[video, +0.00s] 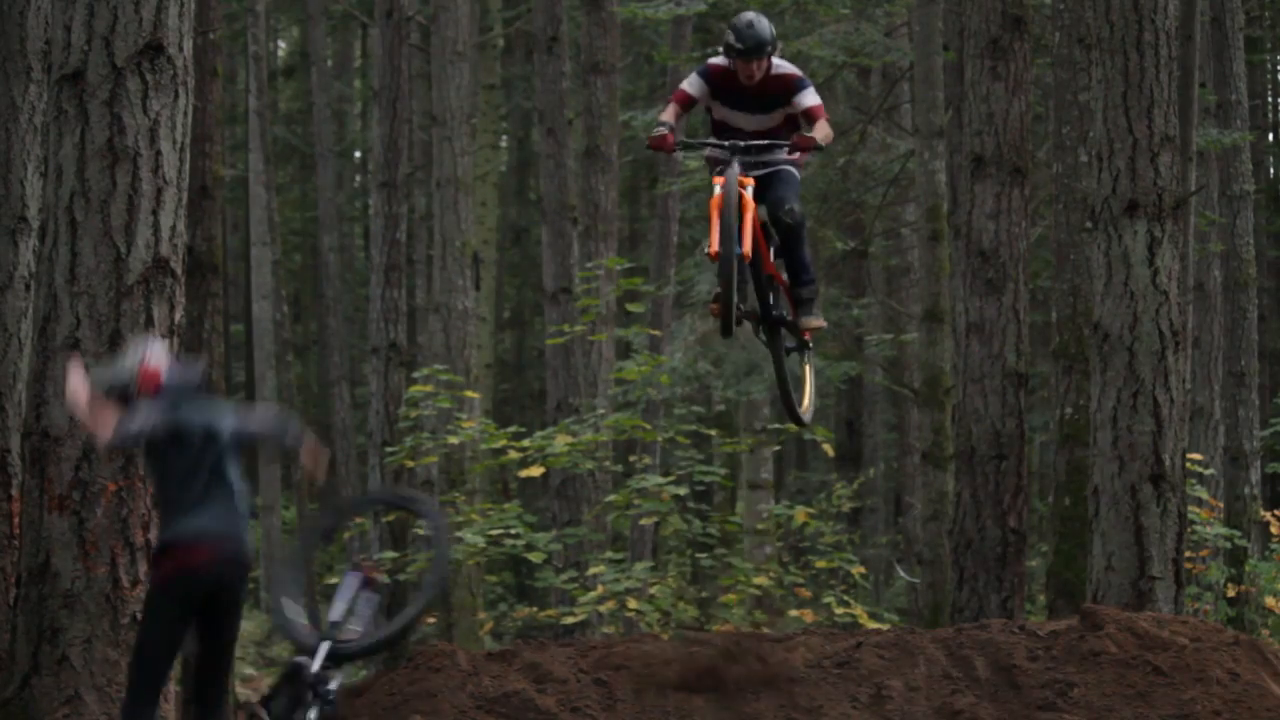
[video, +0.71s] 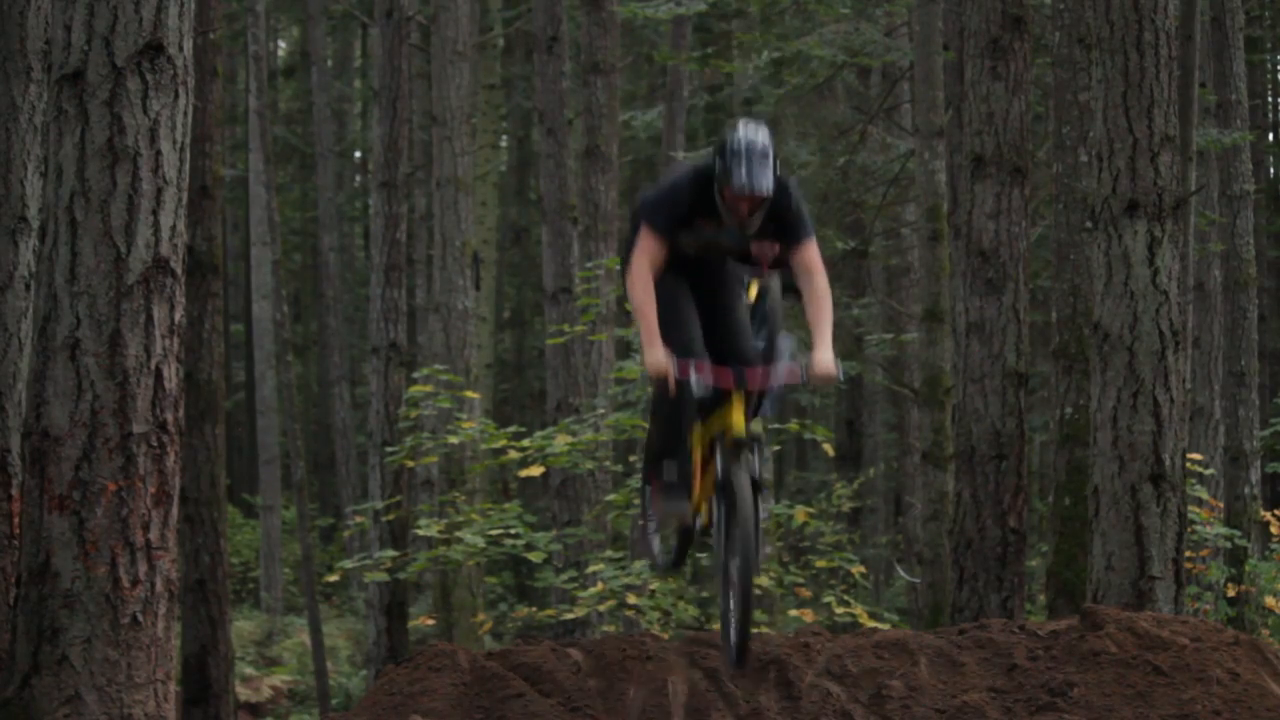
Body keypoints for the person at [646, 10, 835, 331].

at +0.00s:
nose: (752, 69)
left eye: (758, 61)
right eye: (744, 61)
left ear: (770, 56)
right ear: (731, 56)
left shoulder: (789, 77)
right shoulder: (712, 73)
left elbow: (823, 126)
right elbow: (675, 107)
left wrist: (813, 138)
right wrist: (664, 128)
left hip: (775, 159)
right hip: (726, 157)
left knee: (787, 215)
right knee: (722, 213)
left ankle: (806, 303)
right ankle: (726, 289)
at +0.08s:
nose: (753, 65)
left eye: (760, 57)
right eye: (745, 57)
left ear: (771, 51)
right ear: (731, 51)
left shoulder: (791, 70)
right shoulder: (716, 66)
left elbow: (823, 121)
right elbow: (679, 105)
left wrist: (819, 147)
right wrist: (668, 135)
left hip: (784, 157)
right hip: (733, 157)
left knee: (793, 226)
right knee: (730, 221)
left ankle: (807, 317)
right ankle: (727, 301)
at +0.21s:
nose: (738, 40)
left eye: (747, 32)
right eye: (731, 29)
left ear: (761, 24)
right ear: (716, 17)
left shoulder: (773, 40)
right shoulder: (682, 21)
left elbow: (811, 107)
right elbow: (627, 77)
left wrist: (797, 129)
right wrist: (634, 128)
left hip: (709, 111)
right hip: (661, 104)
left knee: (747, 178)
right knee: (678, 168)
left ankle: (747, 292)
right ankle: (671, 275)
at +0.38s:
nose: (743, 70)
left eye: (753, 61)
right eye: (737, 59)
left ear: (767, 52)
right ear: (722, 45)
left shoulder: (777, 69)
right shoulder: (687, 49)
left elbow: (808, 138)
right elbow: (629, 108)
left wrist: (800, 171)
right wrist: (635, 167)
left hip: (713, 140)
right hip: (662, 134)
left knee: (749, 217)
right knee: (679, 202)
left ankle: (744, 324)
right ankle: (669, 310)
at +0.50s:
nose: (744, 113)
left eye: (754, 105)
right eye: (737, 103)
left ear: (769, 95)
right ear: (720, 87)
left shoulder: (777, 107)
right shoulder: (686, 91)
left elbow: (806, 175)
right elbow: (632, 157)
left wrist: (808, 228)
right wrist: (639, 226)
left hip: (715, 183)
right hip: (664, 177)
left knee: (748, 267)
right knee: (681, 251)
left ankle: (742, 358)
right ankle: (667, 362)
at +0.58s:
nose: (746, 171)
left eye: (755, 163)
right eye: (738, 160)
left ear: (770, 151)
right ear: (720, 144)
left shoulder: (779, 162)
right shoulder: (684, 153)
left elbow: (810, 235)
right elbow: (636, 226)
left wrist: (817, 305)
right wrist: (648, 303)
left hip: (716, 237)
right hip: (666, 236)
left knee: (751, 327)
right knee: (682, 318)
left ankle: (737, 421)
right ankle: (667, 431)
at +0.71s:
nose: (744, 206)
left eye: (754, 198)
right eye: (736, 196)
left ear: (770, 186)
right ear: (719, 179)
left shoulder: (783, 199)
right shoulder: (681, 192)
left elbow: (813, 273)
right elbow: (639, 267)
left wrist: (822, 347)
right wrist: (652, 347)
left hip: (721, 274)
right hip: (668, 274)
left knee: (745, 365)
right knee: (681, 365)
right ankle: (663, 477)